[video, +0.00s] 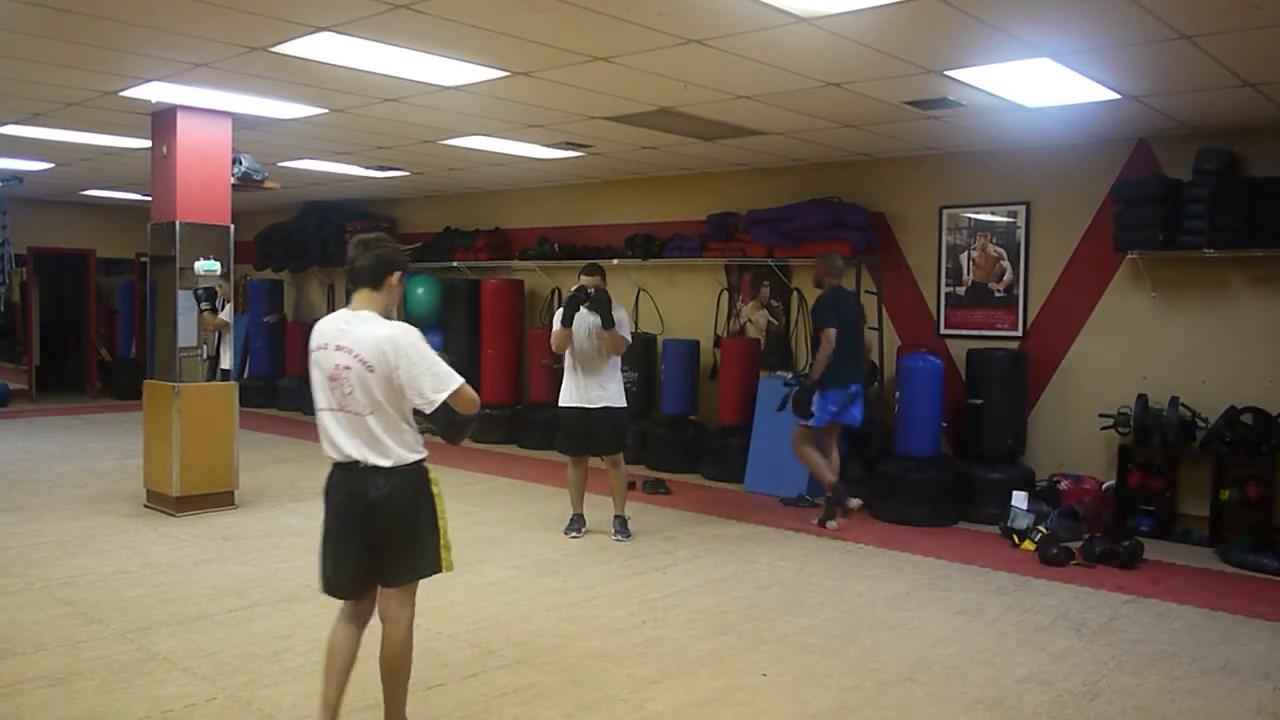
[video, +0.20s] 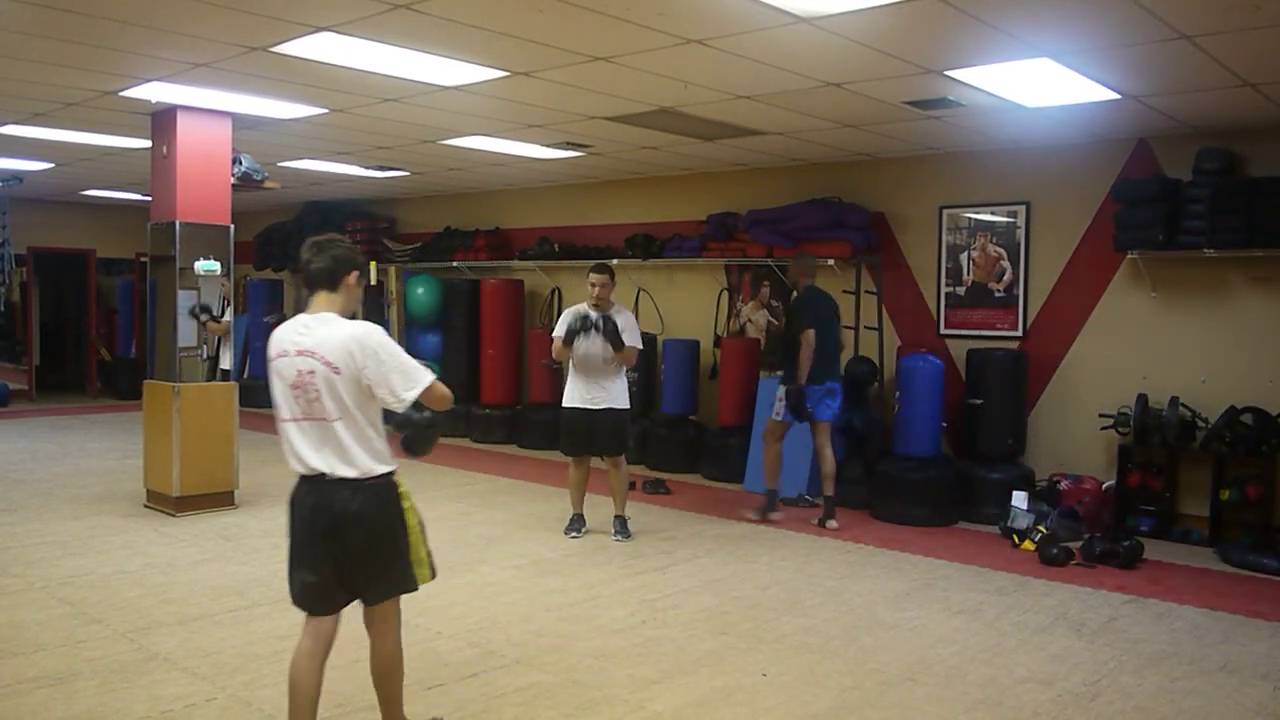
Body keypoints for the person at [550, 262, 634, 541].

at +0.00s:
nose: (589, 293)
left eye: (595, 288)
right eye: (584, 288)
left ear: (605, 286)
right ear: (577, 286)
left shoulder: (616, 312)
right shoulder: (565, 311)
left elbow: (617, 348)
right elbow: (558, 346)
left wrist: (605, 314)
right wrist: (570, 311)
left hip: (609, 399)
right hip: (574, 399)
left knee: (614, 459)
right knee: (576, 459)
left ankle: (619, 517)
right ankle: (577, 516)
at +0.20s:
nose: (597, 291)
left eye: (603, 286)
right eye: (593, 285)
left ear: (612, 287)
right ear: (587, 285)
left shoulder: (625, 318)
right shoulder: (571, 315)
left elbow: (630, 360)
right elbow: (558, 355)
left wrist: (613, 338)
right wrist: (573, 334)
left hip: (612, 402)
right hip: (577, 400)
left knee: (615, 460)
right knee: (578, 460)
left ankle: (620, 518)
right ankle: (576, 516)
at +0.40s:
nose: (606, 288)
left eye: (612, 284)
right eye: (602, 283)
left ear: (621, 287)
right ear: (596, 284)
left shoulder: (633, 321)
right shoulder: (578, 316)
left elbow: (647, 360)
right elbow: (564, 354)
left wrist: (634, 380)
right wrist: (567, 381)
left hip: (618, 406)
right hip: (582, 403)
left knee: (617, 460)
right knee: (581, 460)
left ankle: (620, 518)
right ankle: (577, 516)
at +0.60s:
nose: (615, 290)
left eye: (622, 285)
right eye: (611, 284)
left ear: (631, 288)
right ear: (604, 284)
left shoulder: (642, 322)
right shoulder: (586, 315)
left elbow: (654, 358)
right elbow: (573, 351)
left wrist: (642, 382)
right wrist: (570, 383)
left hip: (622, 405)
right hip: (587, 403)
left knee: (621, 460)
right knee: (583, 459)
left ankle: (620, 518)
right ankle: (578, 515)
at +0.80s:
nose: (621, 291)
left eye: (628, 286)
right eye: (618, 285)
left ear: (637, 290)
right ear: (611, 285)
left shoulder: (646, 323)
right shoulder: (592, 315)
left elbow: (658, 365)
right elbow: (578, 354)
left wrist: (640, 390)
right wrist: (575, 387)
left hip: (625, 405)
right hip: (590, 402)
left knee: (623, 460)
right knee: (584, 459)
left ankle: (621, 518)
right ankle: (578, 515)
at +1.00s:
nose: (623, 290)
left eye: (630, 286)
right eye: (620, 283)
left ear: (640, 289)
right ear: (614, 284)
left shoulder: (648, 323)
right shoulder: (594, 315)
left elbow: (654, 366)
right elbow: (580, 353)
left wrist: (637, 396)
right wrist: (576, 386)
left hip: (625, 404)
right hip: (591, 402)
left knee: (624, 460)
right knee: (580, 456)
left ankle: (621, 518)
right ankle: (576, 513)